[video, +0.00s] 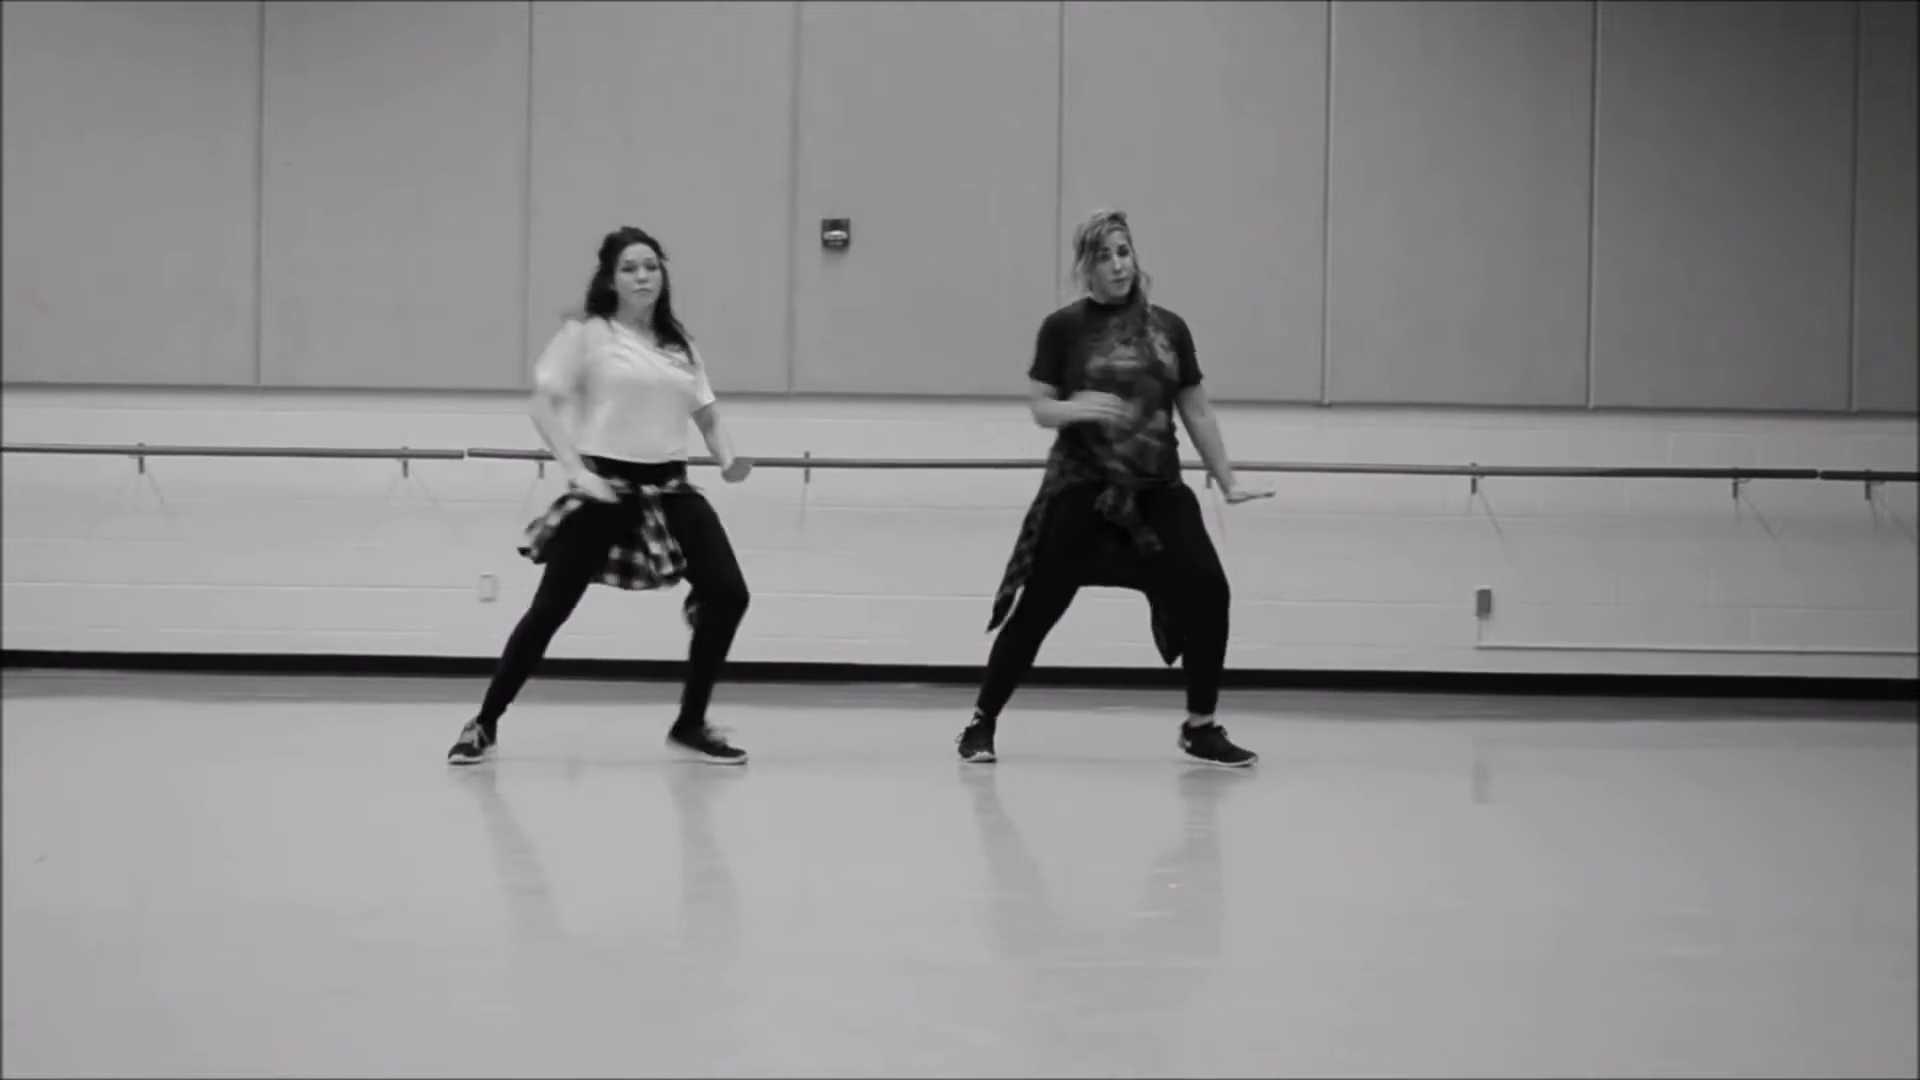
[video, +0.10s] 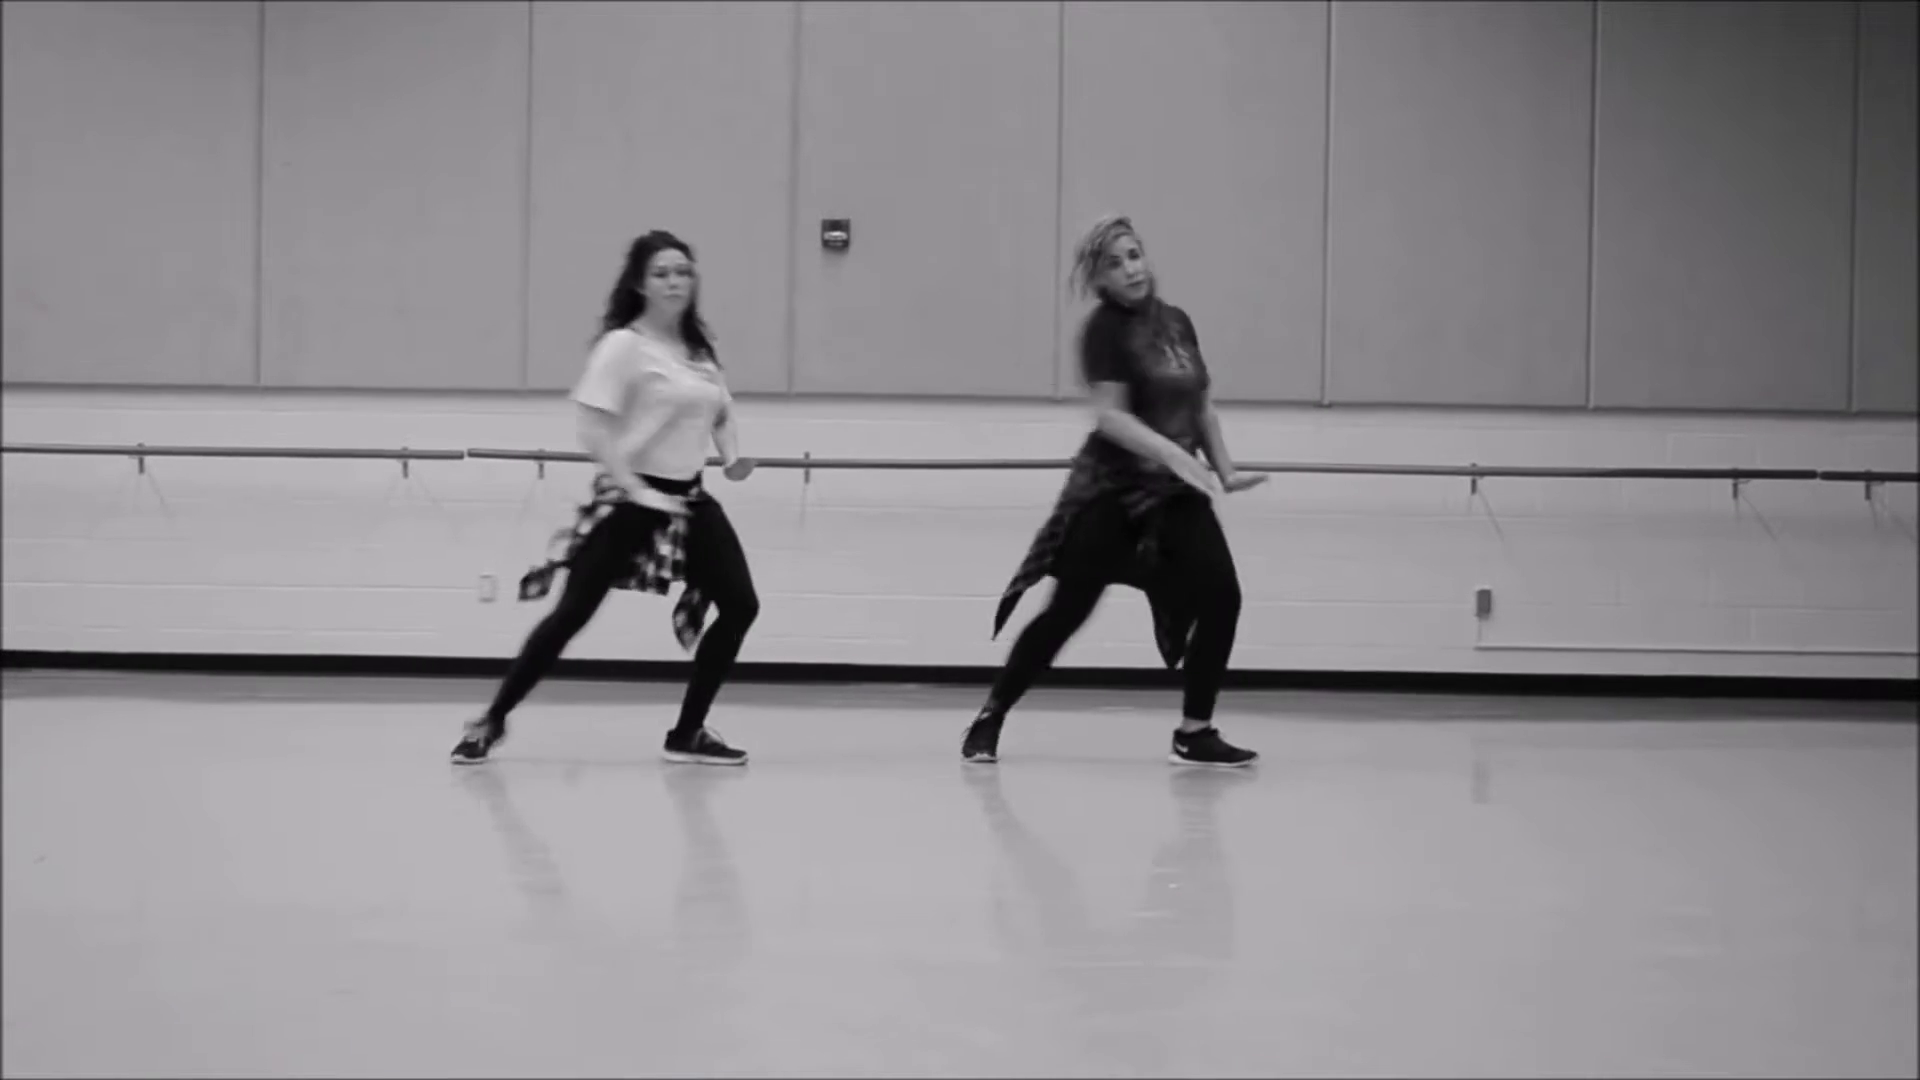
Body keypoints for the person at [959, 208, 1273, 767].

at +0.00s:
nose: (1117, 263)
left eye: (1124, 252)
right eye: (1104, 255)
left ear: (1136, 259)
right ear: (1086, 266)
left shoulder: (1168, 329)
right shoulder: (1063, 329)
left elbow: (1197, 411)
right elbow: (1041, 408)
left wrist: (1228, 482)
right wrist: (1078, 407)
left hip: (1158, 492)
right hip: (1080, 490)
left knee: (1209, 593)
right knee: (1042, 603)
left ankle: (1201, 726)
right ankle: (983, 722)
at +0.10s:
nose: (1131, 267)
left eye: (1136, 255)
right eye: (1116, 261)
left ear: (1149, 259)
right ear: (1097, 277)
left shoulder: (1176, 322)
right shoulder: (1106, 327)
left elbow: (1200, 403)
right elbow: (1107, 415)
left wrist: (1225, 469)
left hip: (1175, 489)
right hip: (1113, 489)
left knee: (1221, 597)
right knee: (1067, 610)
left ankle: (1195, 729)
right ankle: (991, 718)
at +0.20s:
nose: (1172, 265)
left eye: (1175, 253)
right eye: (1157, 260)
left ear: (1188, 259)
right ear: (1137, 277)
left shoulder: (1196, 319)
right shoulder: (1152, 330)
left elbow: (1207, 400)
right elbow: (1165, 423)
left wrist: (1232, 462)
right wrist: (1220, 487)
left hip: (1192, 488)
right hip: (1142, 489)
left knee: (1234, 599)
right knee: (1119, 604)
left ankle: (1197, 729)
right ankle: (1045, 710)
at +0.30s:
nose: (1220, 272)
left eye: (1224, 261)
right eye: (1204, 265)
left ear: (1232, 268)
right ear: (1180, 278)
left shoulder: (1216, 333)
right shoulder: (1190, 334)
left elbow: (1217, 420)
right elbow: (1208, 427)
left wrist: (1240, 470)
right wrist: (1249, 497)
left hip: (1195, 489)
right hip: (1160, 490)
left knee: (1237, 598)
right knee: (1174, 600)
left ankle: (1201, 728)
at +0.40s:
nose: (1269, 291)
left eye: (1273, 280)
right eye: (1255, 282)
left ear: (1278, 288)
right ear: (1226, 293)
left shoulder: (1225, 342)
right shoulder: (1229, 347)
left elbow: (1222, 435)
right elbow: (1244, 446)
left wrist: (1244, 479)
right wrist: (1290, 516)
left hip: (1183, 486)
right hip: (1169, 489)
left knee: (1232, 598)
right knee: (1236, 598)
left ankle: (1205, 723)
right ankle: (1202, 726)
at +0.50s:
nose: (1311, 324)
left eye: (1315, 314)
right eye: (1300, 313)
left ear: (1314, 317)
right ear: (1268, 318)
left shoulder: (1241, 362)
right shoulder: (1260, 369)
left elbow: (1222, 438)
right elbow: (1273, 469)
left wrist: (1247, 493)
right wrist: (1335, 523)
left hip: (1177, 489)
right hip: (1172, 493)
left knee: (1241, 601)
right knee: (1249, 592)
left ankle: (1197, 729)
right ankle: (1283, 728)